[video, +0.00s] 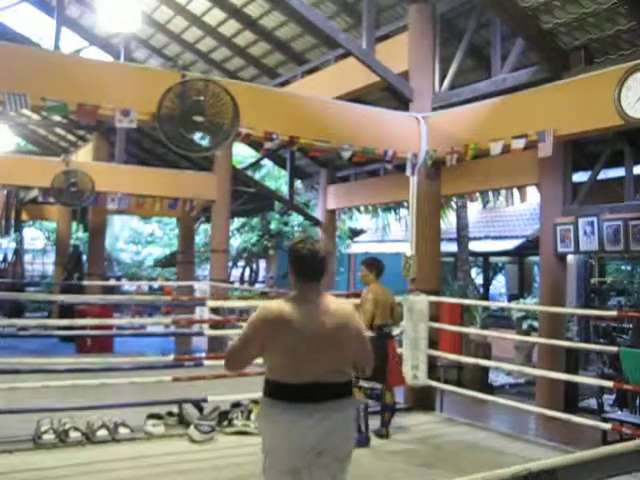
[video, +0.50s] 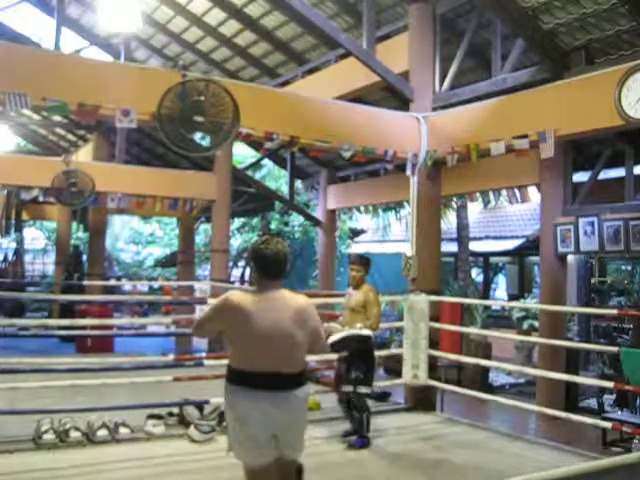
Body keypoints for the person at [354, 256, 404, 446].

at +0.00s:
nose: (361, 274)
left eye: (363, 271)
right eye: (361, 271)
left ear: (370, 272)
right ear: (377, 273)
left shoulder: (370, 293)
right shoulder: (388, 293)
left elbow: (366, 318)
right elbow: (395, 316)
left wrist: (360, 329)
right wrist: (385, 323)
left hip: (373, 333)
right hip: (387, 332)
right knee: (386, 381)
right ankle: (384, 426)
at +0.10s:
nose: (359, 275)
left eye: (362, 271)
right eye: (360, 271)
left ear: (370, 273)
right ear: (374, 273)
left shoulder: (368, 293)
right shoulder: (381, 292)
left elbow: (370, 317)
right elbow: (387, 316)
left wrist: (359, 330)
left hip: (368, 337)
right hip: (382, 336)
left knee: (356, 385)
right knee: (382, 384)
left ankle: (361, 434)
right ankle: (383, 427)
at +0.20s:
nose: (355, 275)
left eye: (359, 271)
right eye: (354, 270)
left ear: (368, 273)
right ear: (358, 272)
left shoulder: (368, 295)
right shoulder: (375, 293)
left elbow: (372, 322)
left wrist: (358, 333)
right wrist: (349, 324)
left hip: (365, 342)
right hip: (375, 340)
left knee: (356, 389)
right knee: (374, 386)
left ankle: (361, 434)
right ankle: (381, 427)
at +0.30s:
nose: (353, 275)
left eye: (358, 271)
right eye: (352, 271)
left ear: (367, 274)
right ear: (353, 272)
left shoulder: (370, 294)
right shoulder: (358, 294)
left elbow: (373, 323)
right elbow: (358, 319)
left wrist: (355, 332)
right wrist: (344, 321)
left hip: (367, 343)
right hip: (359, 342)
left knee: (359, 389)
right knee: (364, 388)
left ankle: (362, 434)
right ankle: (376, 426)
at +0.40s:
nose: (353, 274)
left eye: (358, 270)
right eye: (352, 270)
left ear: (366, 273)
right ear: (351, 272)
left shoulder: (370, 293)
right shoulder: (355, 293)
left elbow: (373, 321)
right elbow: (353, 317)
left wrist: (359, 328)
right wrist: (344, 327)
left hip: (364, 341)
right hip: (353, 340)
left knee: (357, 389)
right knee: (354, 388)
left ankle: (362, 434)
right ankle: (370, 421)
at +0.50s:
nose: (353, 275)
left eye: (357, 271)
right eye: (351, 270)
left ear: (365, 274)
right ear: (349, 271)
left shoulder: (369, 293)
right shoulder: (350, 292)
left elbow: (374, 320)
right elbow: (349, 316)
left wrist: (363, 331)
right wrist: (339, 326)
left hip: (362, 343)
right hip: (348, 342)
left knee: (359, 390)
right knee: (344, 390)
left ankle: (362, 433)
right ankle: (355, 425)